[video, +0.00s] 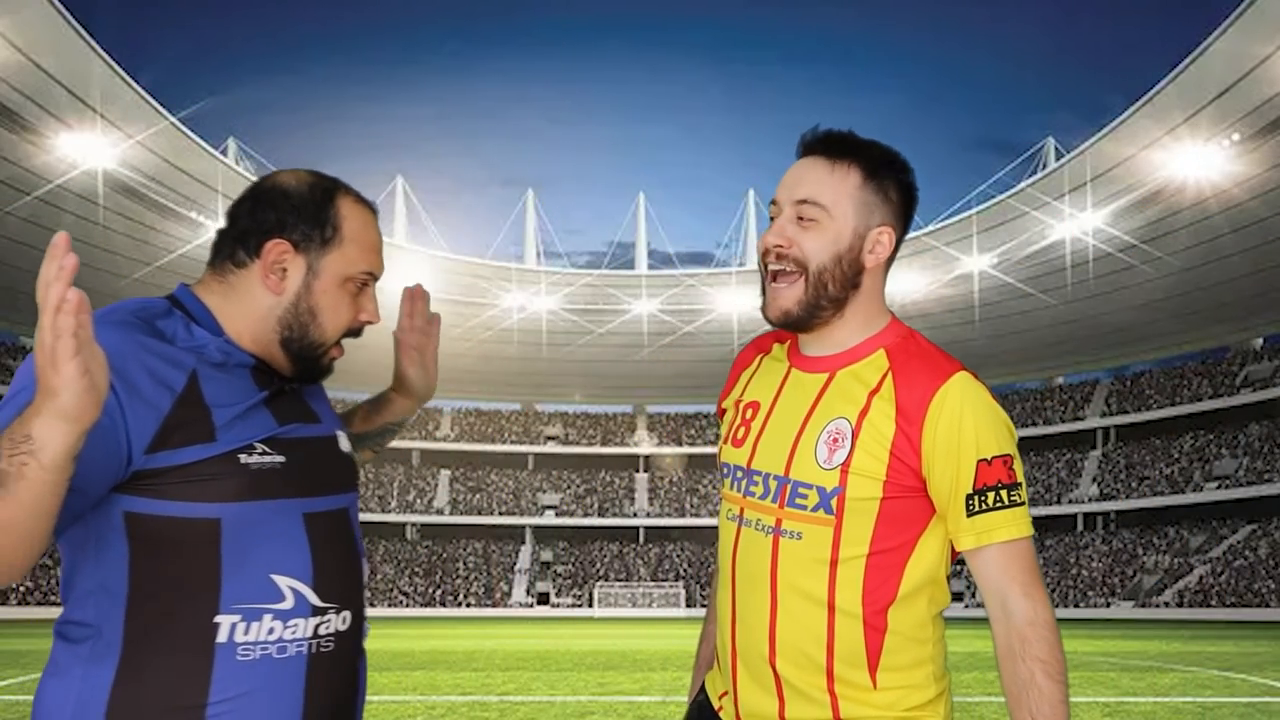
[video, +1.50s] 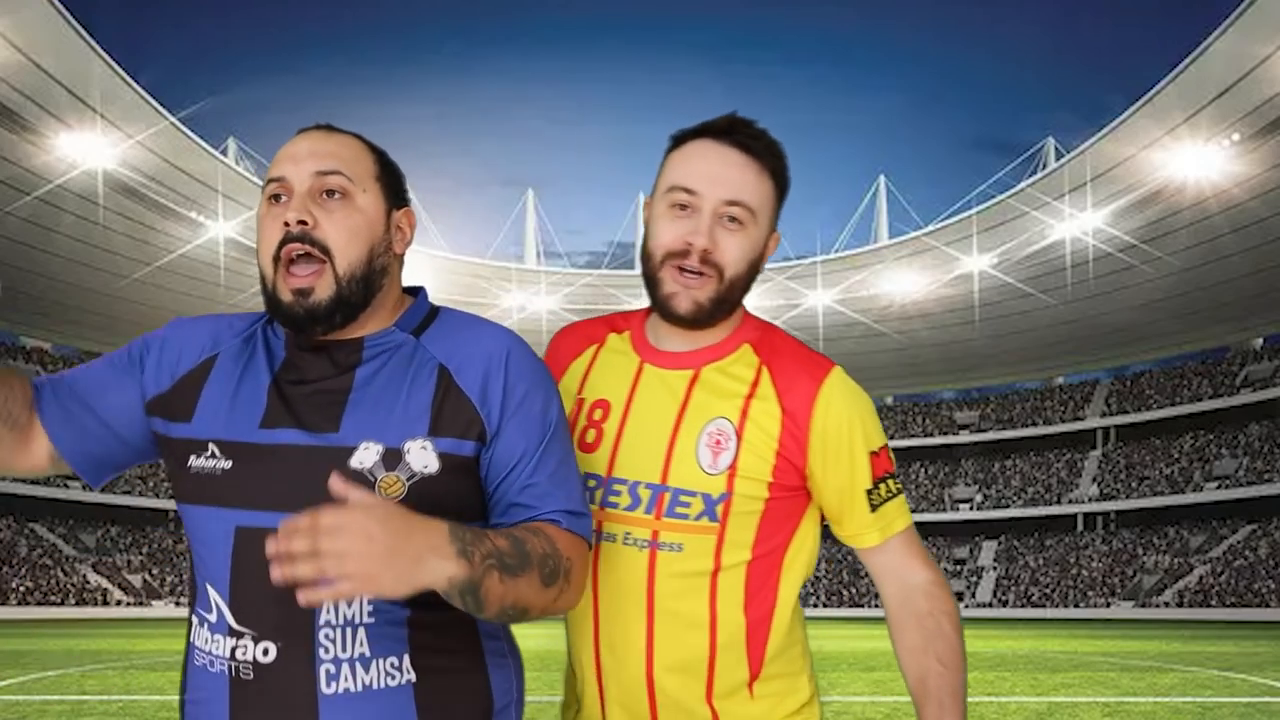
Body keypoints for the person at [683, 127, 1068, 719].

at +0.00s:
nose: (772, 239)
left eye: (806, 218)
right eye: (773, 217)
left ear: (878, 246)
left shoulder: (946, 401)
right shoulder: (752, 366)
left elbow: (1020, 618)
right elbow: (739, 562)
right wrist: (703, 692)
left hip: (875, 706)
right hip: (730, 702)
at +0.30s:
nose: (712, 249)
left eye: (740, 228)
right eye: (723, 225)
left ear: (811, 253)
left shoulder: (907, 393)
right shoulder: (712, 376)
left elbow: (990, 597)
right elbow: (699, 541)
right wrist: (656, 678)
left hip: (850, 707)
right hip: (707, 707)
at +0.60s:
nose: (619, 260)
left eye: (648, 237)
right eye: (625, 237)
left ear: (721, 254)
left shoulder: (814, 383)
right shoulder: (615, 379)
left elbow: (911, 570)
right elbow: (599, 538)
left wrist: (943, 713)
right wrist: (545, 678)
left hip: (773, 704)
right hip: (631, 703)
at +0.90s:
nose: (559, 259)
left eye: (591, 234)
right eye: (554, 235)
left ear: (657, 252)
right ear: (544, 242)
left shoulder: (741, 377)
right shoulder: (529, 386)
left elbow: (847, 561)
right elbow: (509, 565)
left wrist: (897, 712)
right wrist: (500, 702)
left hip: (724, 703)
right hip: (582, 705)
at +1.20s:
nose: (560, 249)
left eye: (594, 225)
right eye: (545, 221)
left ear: (649, 247)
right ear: (528, 233)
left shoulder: (714, 381)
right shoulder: (518, 379)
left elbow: (822, 585)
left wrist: (852, 713)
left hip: (693, 702)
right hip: (547, 704)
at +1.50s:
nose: (698, 240)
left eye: (733, 220)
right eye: (681, 206)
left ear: (767, 248)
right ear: (647, 215)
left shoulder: (816, 397)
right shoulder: (571, 357)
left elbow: (912, 590)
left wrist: (944, 714)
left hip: (755, 706)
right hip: (593, 705)